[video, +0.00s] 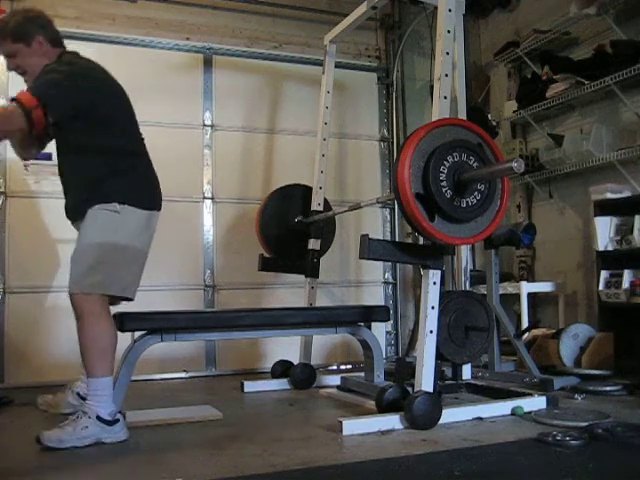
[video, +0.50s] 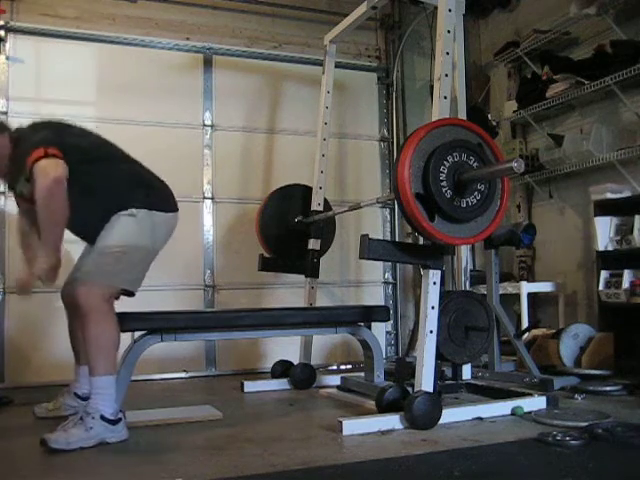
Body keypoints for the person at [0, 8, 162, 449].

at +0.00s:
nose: (14, 69)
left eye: (16, 58)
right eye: (11, 61)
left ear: (42, 44)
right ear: (42, 48)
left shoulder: (69, 73)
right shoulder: (68, 75)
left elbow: (11, 121)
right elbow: (30, 148)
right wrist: (16, 118)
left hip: (119, 198)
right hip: (114, 198)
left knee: (88, 297)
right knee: (88, 297)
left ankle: (104, 416)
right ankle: (96, 393)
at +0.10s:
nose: (7, 80)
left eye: (7, 70)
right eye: (4, 73)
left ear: (29, 57)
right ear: (35, 59)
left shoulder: (61, 80)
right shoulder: (62, 86)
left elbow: (14, 108)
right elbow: (13, 150)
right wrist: (17, 121)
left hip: (124, 201)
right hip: (118, 202)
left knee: (90, 297)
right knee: (87, 296)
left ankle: (104, 415)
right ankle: (88, 394)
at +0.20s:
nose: (1, 91)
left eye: (1, 81)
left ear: (19, 71)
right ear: (25, 71)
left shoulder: (52, 89)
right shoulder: (52, 95)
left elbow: (12, 122)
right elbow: (14, 154)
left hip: (131, 202)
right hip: (111, 205)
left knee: (96, 295)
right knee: (80, 295)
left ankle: (107, 415)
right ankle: (86, 400)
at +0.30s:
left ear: (10, 88)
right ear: (12, 89)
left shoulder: (43, 103)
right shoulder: (29, 124)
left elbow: (40, 142)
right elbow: (10, 175)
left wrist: (24, 217)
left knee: (101, 293)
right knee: (77, 294)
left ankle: (107, 414)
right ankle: (85, 397)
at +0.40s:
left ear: (5, 113)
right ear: (6, 115)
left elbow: (50, 172)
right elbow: (14, 203)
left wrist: (47, 238)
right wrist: (1, 232)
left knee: (98, 294)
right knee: (75, 295)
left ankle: (107, 415)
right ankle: (85, 395)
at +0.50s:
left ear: (4, 141)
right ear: (6, 141)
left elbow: (52, 178)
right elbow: (28, 219)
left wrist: (51, 255)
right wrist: (29, 268)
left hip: (143, 208)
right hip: (119, 215)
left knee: (92, 294)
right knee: (73, 293)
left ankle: (106, 415)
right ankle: (84, 395)